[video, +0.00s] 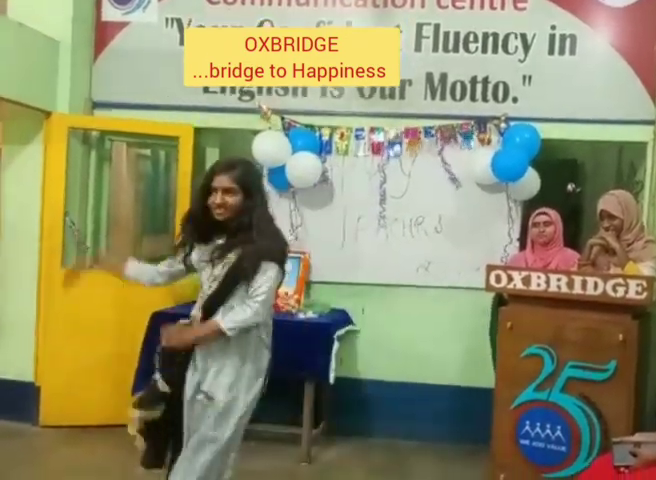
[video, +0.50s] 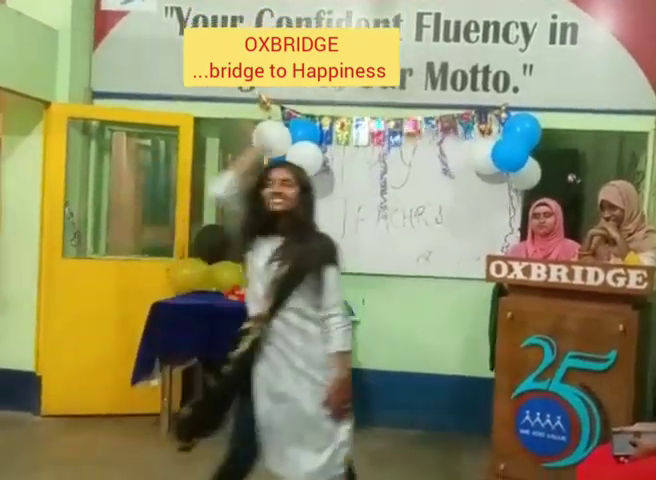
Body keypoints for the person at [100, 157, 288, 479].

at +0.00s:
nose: (218, 201)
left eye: (229, 193)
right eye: (213, 192)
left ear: (250, 199)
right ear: (206, 195)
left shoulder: (265, 249)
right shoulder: (210, 242)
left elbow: (256, 310)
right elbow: (162, 273)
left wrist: (194, 333)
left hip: (238, 356)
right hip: (204, 347)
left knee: (212, 438)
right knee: (193, 431)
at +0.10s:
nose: (213, 194)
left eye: (224, 186)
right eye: (209, 186)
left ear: (246, 194)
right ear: (204, 192)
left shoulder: (262, 250)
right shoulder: (203, 242)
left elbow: (255, 318)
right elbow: (148, 257)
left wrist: (211, 365)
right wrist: (117, 225)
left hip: (238, 363)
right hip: (197, 356)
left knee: (213, 451)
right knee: (188, 446)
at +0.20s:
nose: (207, 197)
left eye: (218, 191)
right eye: (206, 190)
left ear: (241, 201)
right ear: (202, 197)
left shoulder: (263, 264)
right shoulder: (200, 250)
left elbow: (262, 339)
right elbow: (133, 235)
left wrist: (239, 402)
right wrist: (127, 181)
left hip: (236, 381)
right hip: (197, 375)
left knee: (229, 466)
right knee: (194, 462)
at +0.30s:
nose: (230, 206)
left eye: (241, 201)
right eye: (226, 200)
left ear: (258, 212)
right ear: (219, 207)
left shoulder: (266, 266)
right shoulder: (206, 250)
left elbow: (277, 341)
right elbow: (143, 219)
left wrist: (270, 408)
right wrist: (156, 166)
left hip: (249, 386)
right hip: (206, 380)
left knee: (253, 467)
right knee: (200, 462)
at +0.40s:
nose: (257, 199)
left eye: (268, 194)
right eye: (250, 193)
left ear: (282, 207)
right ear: (239, 203)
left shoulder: (291, 263)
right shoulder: (227, 249)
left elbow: (301, 329)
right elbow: (170, 205)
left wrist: (300, 393)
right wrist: (190, 172)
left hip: (277, 384)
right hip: (233, 379)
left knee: (280, 468)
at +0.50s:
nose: (277, 190)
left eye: (287, 183)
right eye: (269, 183)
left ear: (303, 193)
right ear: (260, 192)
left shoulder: (319, 248)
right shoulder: (255, 245)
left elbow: (334, 314)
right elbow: (224, 193)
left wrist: (342, 375)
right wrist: (255, 154)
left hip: (313, 370)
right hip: (267, 367)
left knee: (325, 462)